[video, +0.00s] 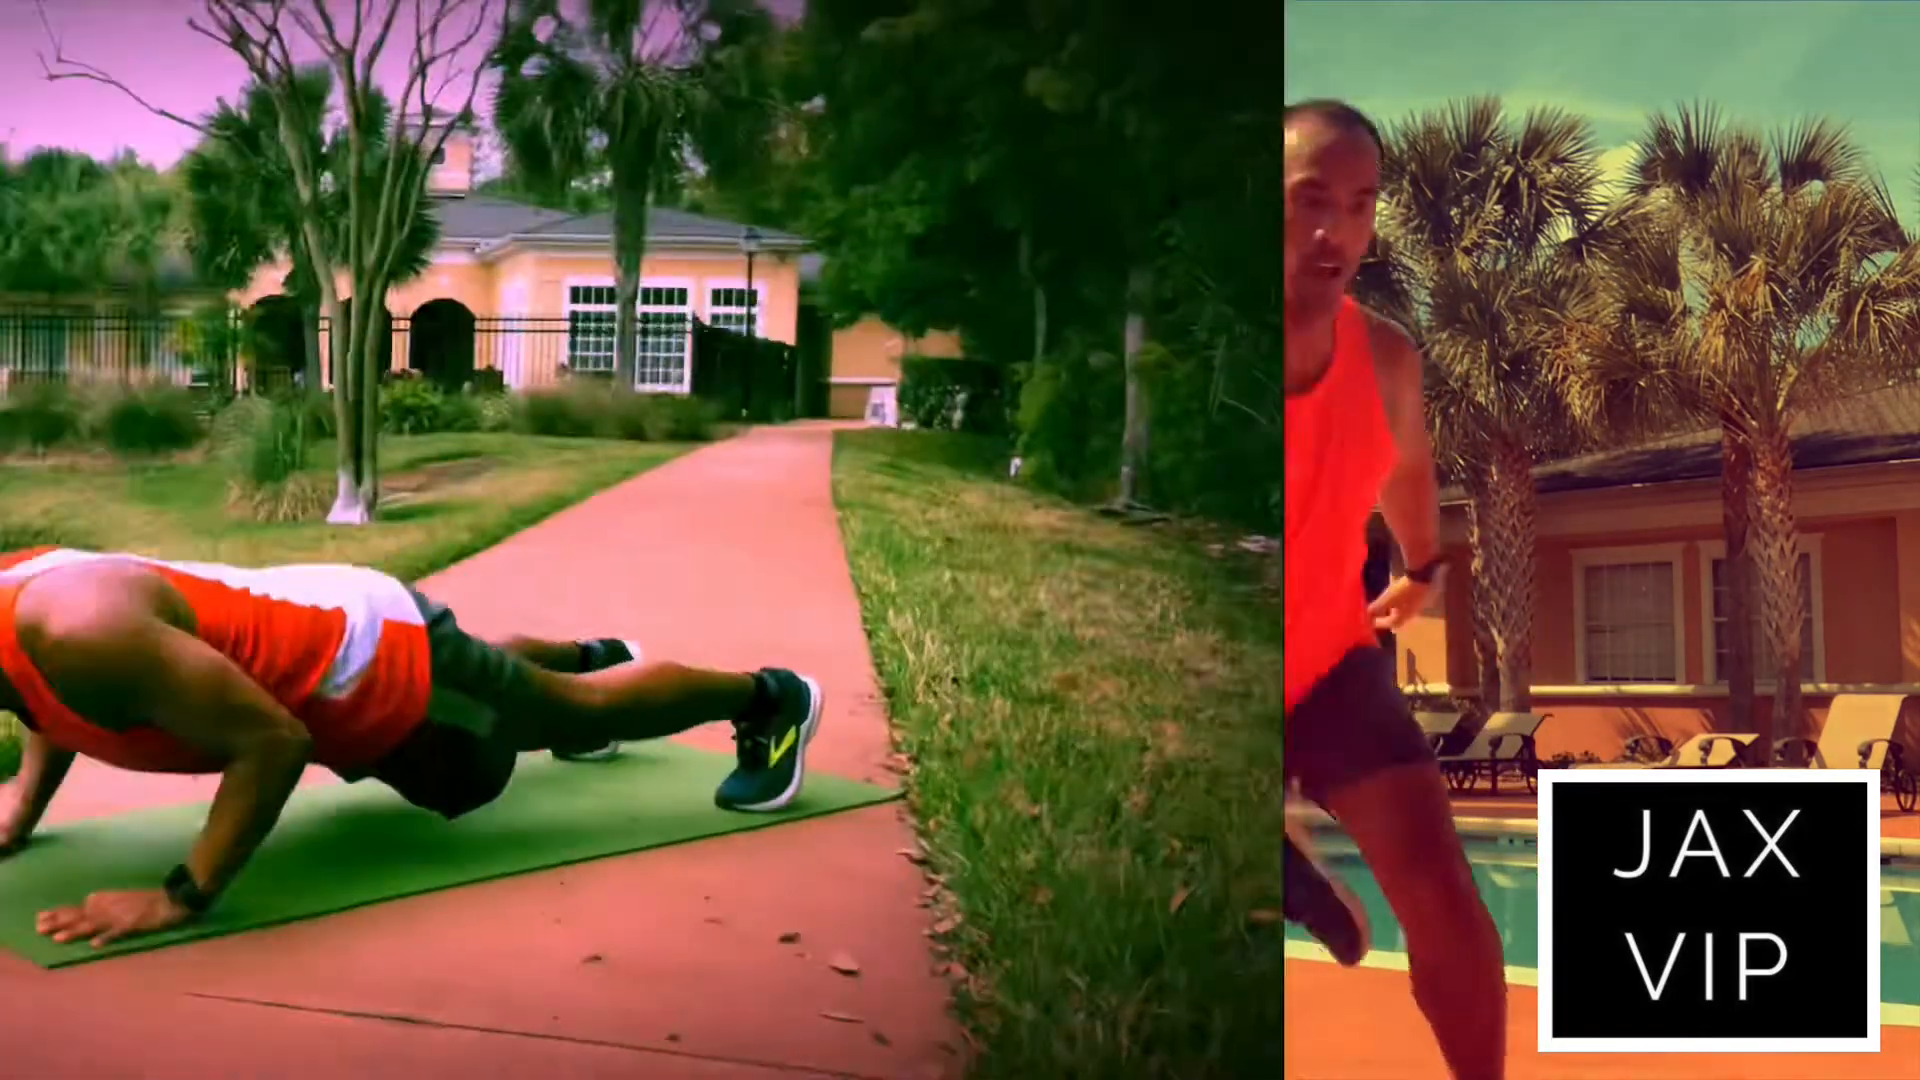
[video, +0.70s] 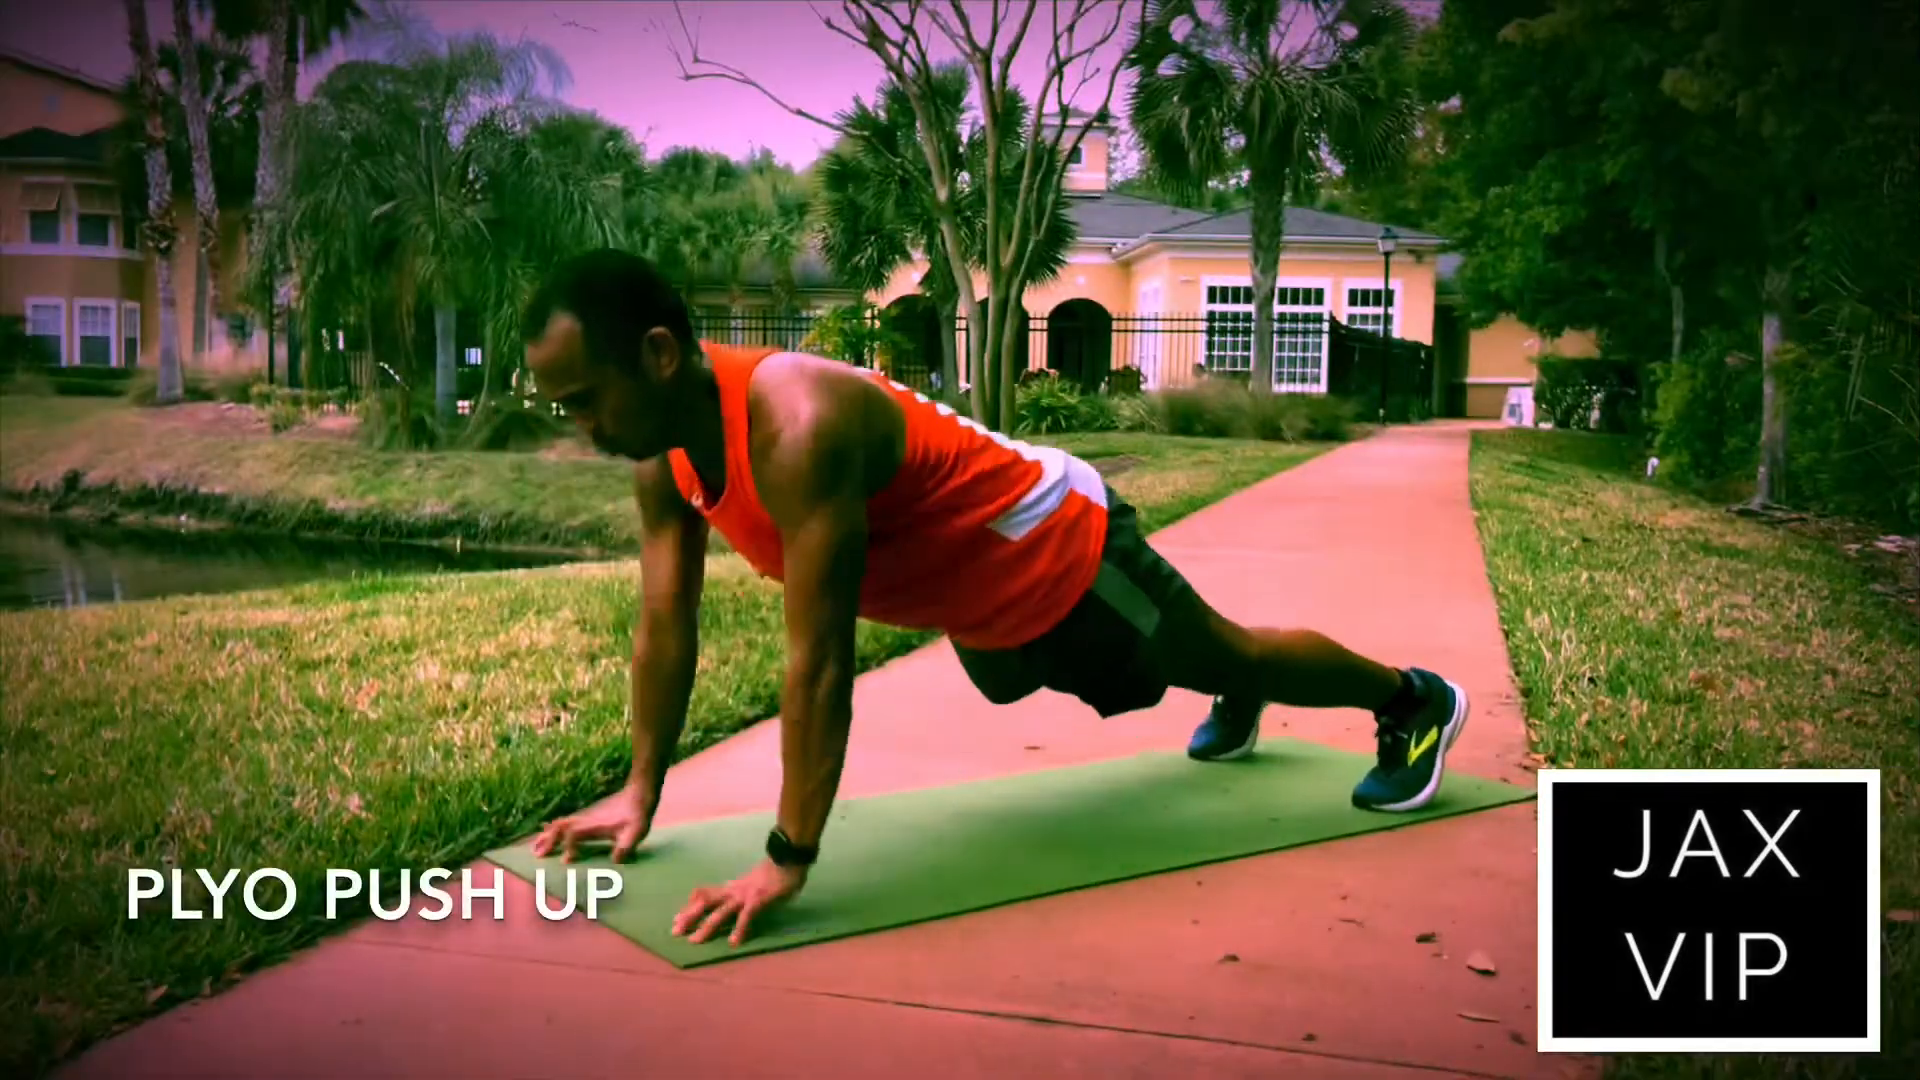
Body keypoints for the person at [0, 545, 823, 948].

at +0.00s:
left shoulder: (80, 631)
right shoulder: (12, 617)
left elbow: (273, 743)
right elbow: (65, 704)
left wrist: (185, 895)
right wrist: (24, 805)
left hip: (392, 661)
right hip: (329, 662)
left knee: (576, 708)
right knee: (468, 684)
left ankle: (767, 697)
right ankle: (589, 661)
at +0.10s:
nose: (248, 819)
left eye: (243, 798)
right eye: (229, 808)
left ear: (298, 730)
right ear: (287, 722)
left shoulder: (455, 690)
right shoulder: (351, 660)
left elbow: (649, 748)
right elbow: (428, 694)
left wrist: (571, 897)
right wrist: (408, 800)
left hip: (769, 699)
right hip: (694, 642)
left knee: (956, 723)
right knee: (837, 674)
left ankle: (1146, 696)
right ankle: (967, 659)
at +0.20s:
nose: (477, 860)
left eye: (472, 838)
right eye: (458, 846)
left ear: (533, 772)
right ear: (519, 760)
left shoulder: (679, 722)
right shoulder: (583, 698)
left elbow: (889, 743)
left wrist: (820, 893)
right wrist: (662, 816)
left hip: (1007, 724)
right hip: (933, 661)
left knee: (1208, 736)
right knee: (1062, 684)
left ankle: (1395, 692)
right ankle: (1218, 655)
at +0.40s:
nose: (459, 744)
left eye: (459, 718)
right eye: (443, 726)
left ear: (538, 665)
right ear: (523, 664)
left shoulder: (701, 656)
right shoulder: (593, 638)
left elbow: (887, 743)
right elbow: (670, 691)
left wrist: (822, 897)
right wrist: (651, 792)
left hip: (1012, 706)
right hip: (939, 679)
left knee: (1213, 732)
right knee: (1087, 683)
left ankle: (1393, 695)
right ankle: (1200, 654)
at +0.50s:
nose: (489, 639)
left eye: (491, 609)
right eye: (473, 619)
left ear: (569, 561)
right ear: (558, 569)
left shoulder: (720, 585)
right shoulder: (625, 587)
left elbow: (881, 737)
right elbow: (672, 680)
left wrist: (821, 895)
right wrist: (653, 800)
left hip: (1022, 663)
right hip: (953, 666)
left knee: (1217, 715)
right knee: (1112, 694)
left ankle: (1400, 694)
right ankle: (1213, 654)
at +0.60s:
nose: (525, 522)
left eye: (531, 496)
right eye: (512, 504)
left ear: (613, 455)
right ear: (587, 466)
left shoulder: (748, 508)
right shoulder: (636, 533)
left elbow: (852, 707)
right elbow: (662, 661)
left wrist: (815, 890)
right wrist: (654, 805)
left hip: (1037, 598)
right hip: (965, 652)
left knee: (1223, 682)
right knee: (1106, 709)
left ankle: (1405, 696)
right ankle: (1221, 706)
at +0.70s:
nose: (574, 429)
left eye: (578, 401)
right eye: (559, 409)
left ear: (658, 352)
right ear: (645, 367)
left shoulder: (799, 419)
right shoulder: (666, 452)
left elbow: (820, 661)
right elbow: (663, 624)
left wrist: (789, 857)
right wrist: (639, 789)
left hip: (1063, 546)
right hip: (982, 591)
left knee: (1227, 654)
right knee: (1117, 655)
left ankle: (1414, 699)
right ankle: (1239, 682)